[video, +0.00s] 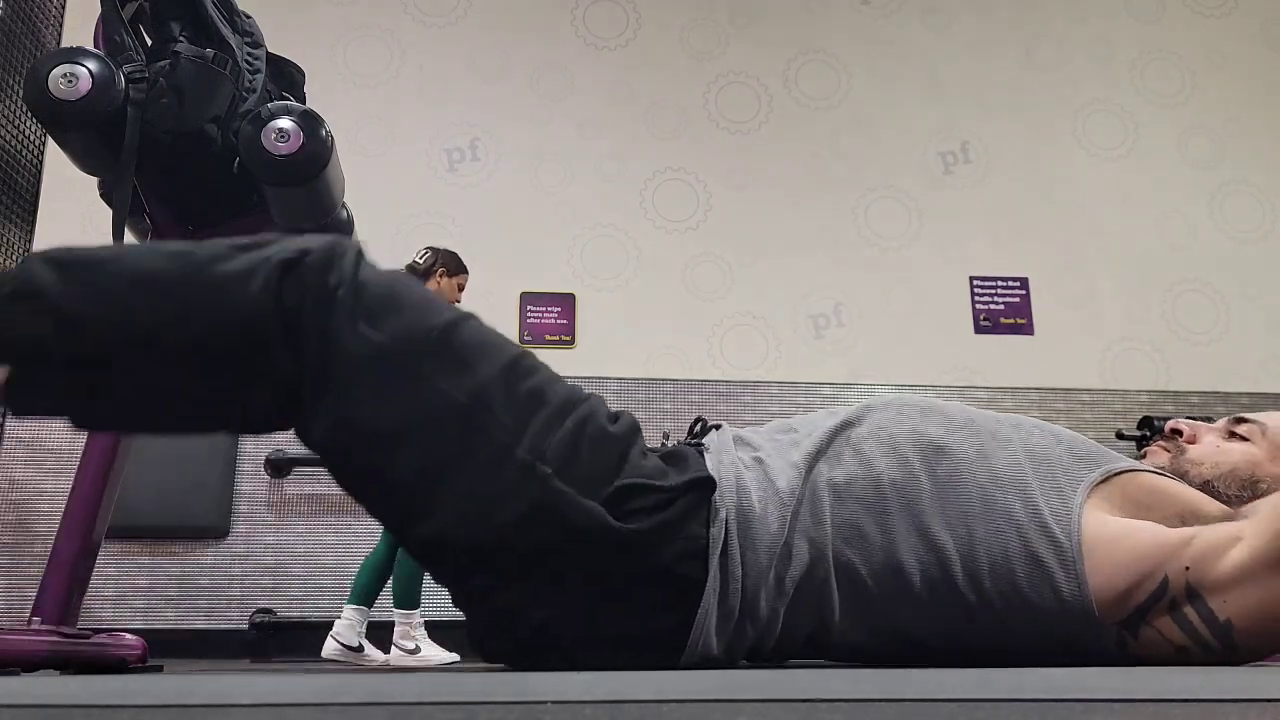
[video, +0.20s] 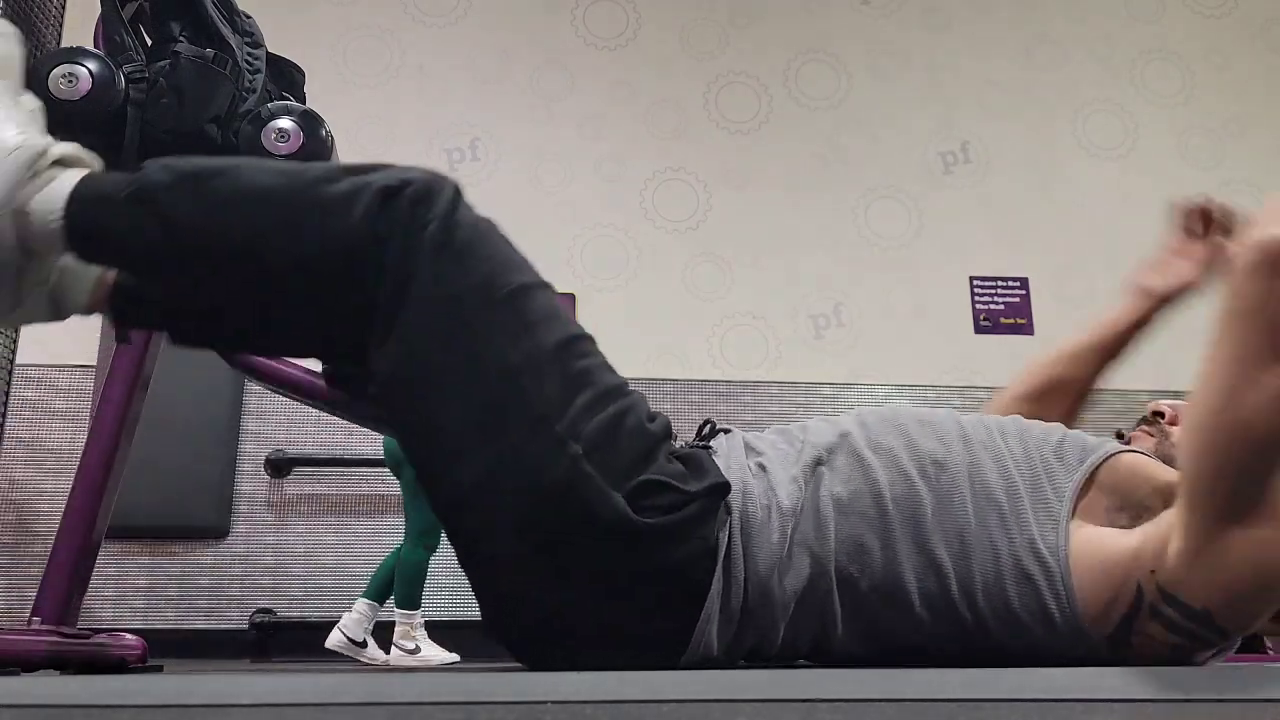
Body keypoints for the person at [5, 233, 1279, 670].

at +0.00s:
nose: (1210, 433)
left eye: (1239, 442)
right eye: (1224, 420)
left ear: (1240, 489)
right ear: (1191, 440)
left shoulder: (1170, 567)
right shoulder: (1100, 487)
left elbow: (1278, 531)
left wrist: (1242, 475)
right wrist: (1232, 466)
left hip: (660, 562)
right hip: (654, 493)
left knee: (330, 297)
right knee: (328, 305)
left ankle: (14, 315)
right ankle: (21, 324)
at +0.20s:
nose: (1185, 417)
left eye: (1207, 418)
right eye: (1197, 401)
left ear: (1229, 479)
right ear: (1199, 440)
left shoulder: (1187, 572)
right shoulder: (1092, 489)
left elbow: (1238, 412)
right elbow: (1004, 432)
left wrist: (1250, 270)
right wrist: (1149, 297)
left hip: (654, 566)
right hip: (659, 500)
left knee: (409, 230)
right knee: (408, 234)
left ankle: (56, 222)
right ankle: (75, 205)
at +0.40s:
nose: (1144, 347)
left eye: (1184, 347)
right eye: (1158, 336)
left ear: (1240, 429)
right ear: (1146, 393)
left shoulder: (1189, 520)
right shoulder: (1052, 473)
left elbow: (1044, 268)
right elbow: (879, 397)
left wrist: (1005, 72)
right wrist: (896, 212)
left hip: (667, 565)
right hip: (649, 527)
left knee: (492, 196)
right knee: (482, 208)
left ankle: (131, 150)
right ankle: (164, 195)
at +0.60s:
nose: (992, 297)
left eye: (1032, 276)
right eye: (1003, 276)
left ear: (1135, 313)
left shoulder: (1137, 440)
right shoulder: (983, 456)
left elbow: (890, 282)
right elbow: (773, 348)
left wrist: (719, 120)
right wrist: (675, 187)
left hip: (689, 552)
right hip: (644, 559)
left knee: (514, 176)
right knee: (503, 217)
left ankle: (161, 130)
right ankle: (179, 210)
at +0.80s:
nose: (891, 240)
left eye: (920, 215)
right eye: (895, 218)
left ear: (1024, 226)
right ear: (949, 233)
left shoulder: (1062, 336)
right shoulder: (937, 393)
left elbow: (766, 250)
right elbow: (692, 342)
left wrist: (537, 128)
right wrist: (539, 169)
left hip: (688, 566)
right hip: (651, 563)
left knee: (522, 194)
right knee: (518, 206)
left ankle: (150, 119)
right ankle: (198, 224)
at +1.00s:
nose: (806, 202)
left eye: (830, 170)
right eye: (809, 178)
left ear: (930, 163)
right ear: (916, 172)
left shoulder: (987, 268)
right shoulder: (870, 335)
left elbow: (688, 215)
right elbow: (654, 338)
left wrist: (451, 115)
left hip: (672, 583)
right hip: (649, 566)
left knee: (553, 233)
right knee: (551, 231)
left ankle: (184, 135)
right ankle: (224, 228)